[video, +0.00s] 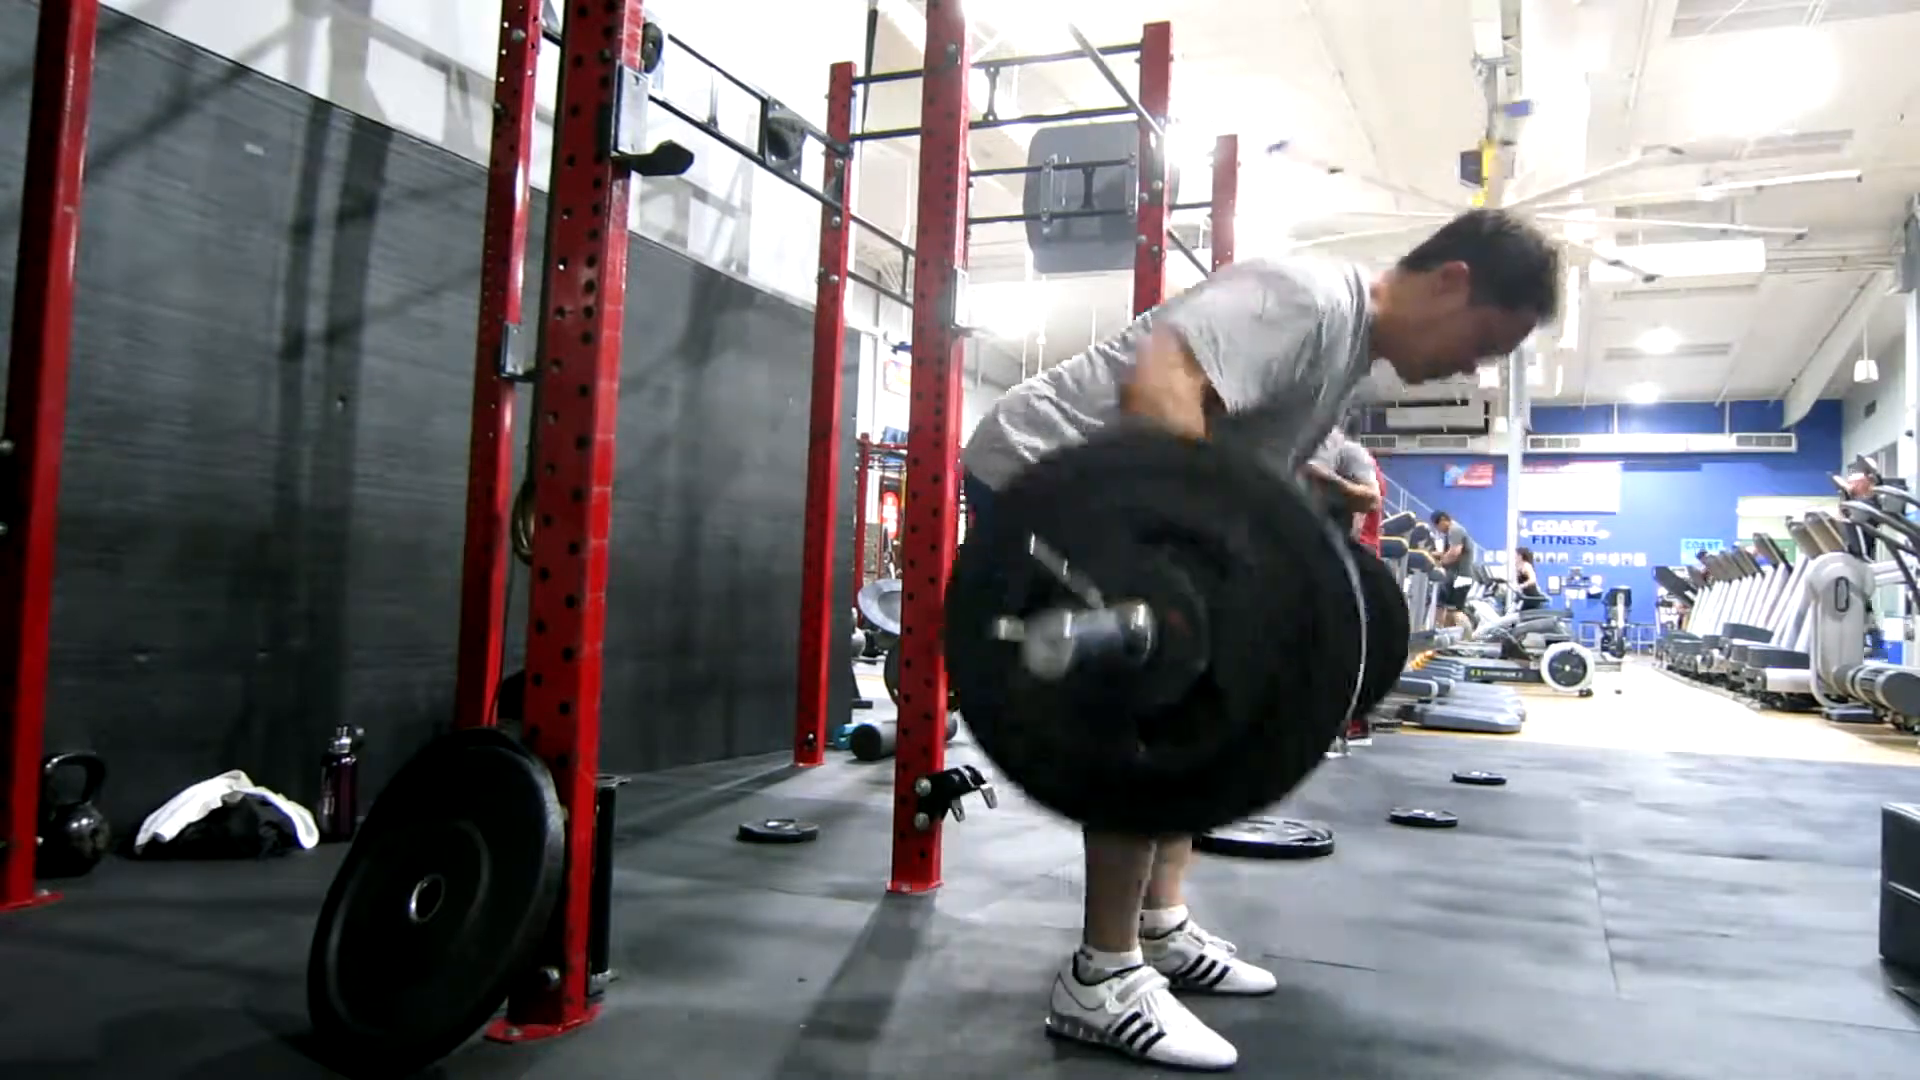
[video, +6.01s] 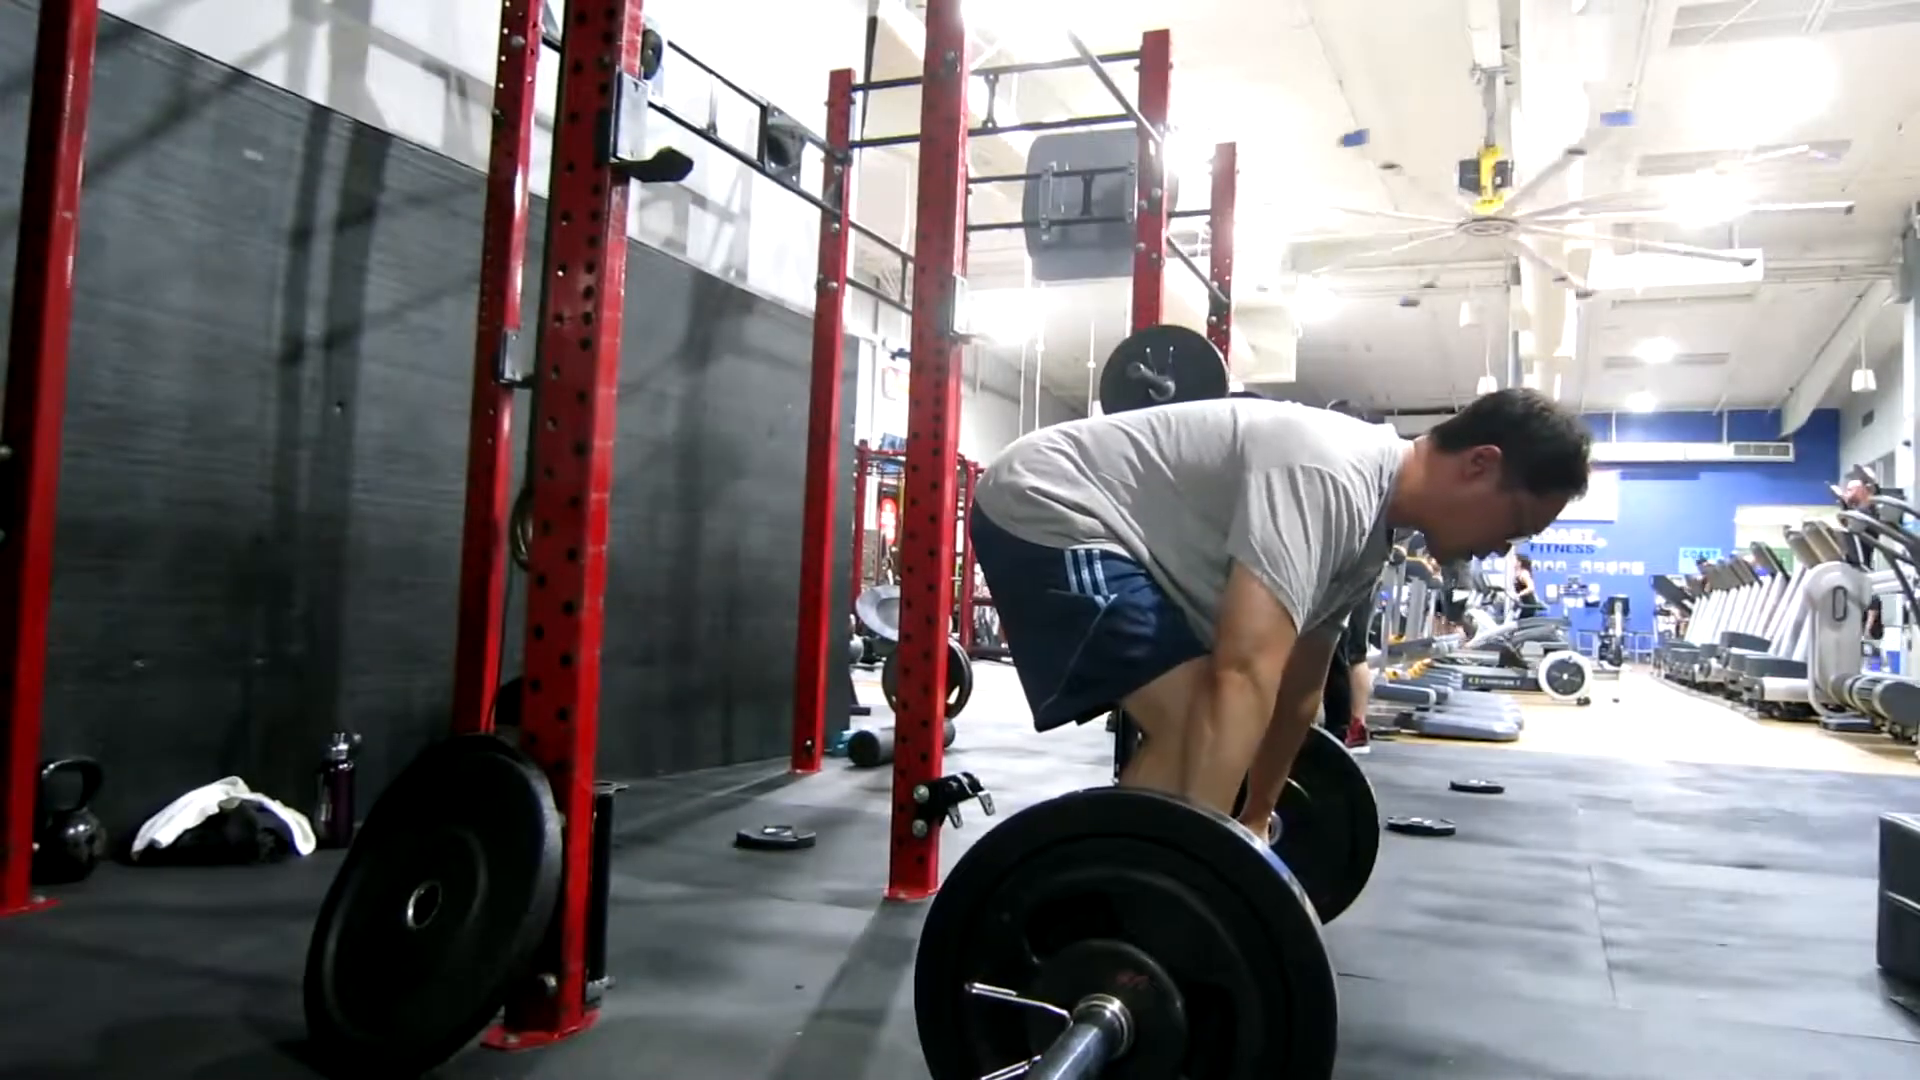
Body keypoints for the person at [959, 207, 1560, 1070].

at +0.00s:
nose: (1472, 371)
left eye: (1489, 358)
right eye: (1486, 346)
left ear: (1450, 286)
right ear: (1452, 284)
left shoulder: (1345, 358)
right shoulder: (1306, 300)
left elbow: (1231, 445)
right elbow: (1156, 380)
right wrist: (1211, 545)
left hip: (1105, 489)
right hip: (1037, 475)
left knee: (1196, 694)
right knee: (1137, 706)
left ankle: (1158, 925)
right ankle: (1101, 974)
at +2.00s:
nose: (1497, 542)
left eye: (1515, 530)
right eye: (1511, 520)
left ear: (1480, 459)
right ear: (1481, 459)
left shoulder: (1362, 513)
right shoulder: (1327, 471)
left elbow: (1301, 685)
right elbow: (1243, 672)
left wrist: (1261, 820)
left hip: (1095, 521)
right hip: (1045, 500)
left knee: (1187, 717)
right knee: (1192, 703)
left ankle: (1116, 918)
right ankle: (1147, 911)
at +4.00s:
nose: (1474, 387)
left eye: (1491, 374)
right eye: (1488, 364)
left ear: (1455, 300)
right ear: (1457, 298)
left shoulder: (1350, 389)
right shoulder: (1308, 321)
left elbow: (1257, 500)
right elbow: (1170, 413)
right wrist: (1212, 589)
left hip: (1113, 502)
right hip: (1045, 485)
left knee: (1183, 703)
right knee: (1148, 715)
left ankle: (1161, 932)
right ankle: (1103, 980)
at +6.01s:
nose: (1507, 549)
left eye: (1523, 537)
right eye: (1518, 526)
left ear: (1478, 467)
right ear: (1481, 467)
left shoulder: (1368, 527)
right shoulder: (1322, 471)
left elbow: (1299, 693)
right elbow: (1240, 670)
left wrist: (1250, 829)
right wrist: (1187, 872)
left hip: (1104, 526)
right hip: (1052, 503)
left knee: (1187, 727)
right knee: (1205, 709)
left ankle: (1110, 910)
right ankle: (1151, 915)